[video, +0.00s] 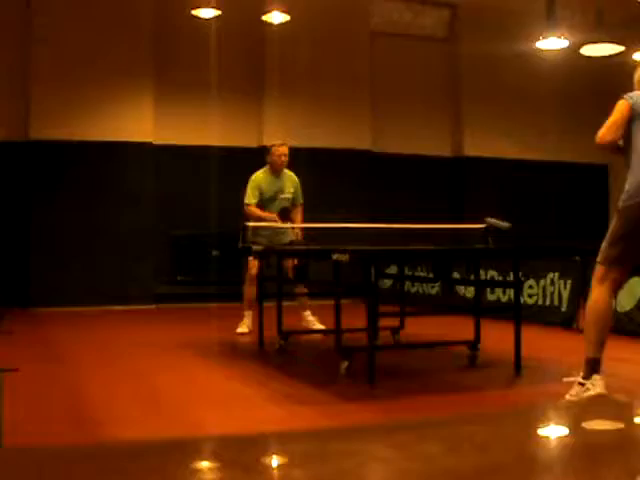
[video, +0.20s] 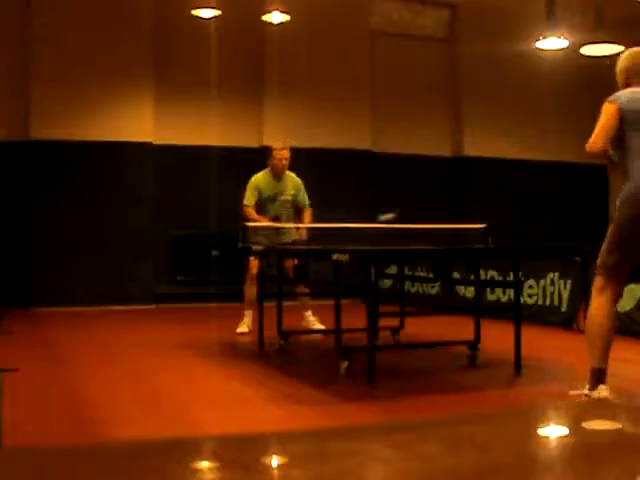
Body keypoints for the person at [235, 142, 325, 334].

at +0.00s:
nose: (283, 159)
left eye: (285, 156)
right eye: (279, 156)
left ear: (287, 158)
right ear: (269, 157)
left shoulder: (292, 179)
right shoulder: (257, 178)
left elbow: (297, 206)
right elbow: (249, 207)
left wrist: (297, 228)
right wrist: (268, 216)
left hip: (284, 233)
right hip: (260, 234)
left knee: (294, 270)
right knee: (253, 272)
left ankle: (307, 314)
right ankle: (247, 316)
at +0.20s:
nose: (283, 163)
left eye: (286, 159)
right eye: (279, 159)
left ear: (288, 160)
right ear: (271, 160)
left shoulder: (294, 181)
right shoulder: (257, 180)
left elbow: (306, 207)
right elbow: (247, 208)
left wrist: (304, 228)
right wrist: (263, 221)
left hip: (288, 235)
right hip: (263, 236)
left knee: (297, 271)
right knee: (253, 270)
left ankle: (308, 315)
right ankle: (248, 316)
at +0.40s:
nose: (282, 170)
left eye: (285, 167)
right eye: (279, 166)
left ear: (288, 167)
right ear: (271, 164)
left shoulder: (288, 186)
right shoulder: (255, 181)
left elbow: (296, 212)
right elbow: (245, 210)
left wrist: (302, 229)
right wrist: (261, 225)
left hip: (280, 236)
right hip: (257, 237)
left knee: (293, 269)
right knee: (249, 271)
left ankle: (307, 314)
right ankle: (246, 316)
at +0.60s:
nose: (273, 171)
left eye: (276, 168)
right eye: (272, 166)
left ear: (276, 167)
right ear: (263, 160)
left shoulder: (267, 183)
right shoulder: (246, 174)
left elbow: (265, 207)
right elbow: (254, 195)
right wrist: (271, 214)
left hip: (260, 234)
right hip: (240, 234)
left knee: (273, 268)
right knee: (243, 272)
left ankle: (277, 313)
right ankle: (241, 316)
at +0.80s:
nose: (216, 162)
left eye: (219, 159)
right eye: (214, 157)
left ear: (220, 163)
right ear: (204, 157)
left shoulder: (213, 184)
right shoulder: (191, 171)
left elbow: (208, 212)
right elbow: (174, 160)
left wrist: (208, 232)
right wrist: (194, 149)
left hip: (202, 230)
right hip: (184, 227)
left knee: (197, 272)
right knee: (191, 271)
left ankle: (179, 301)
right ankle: (192, 313)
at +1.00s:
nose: (188, 169)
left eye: (191, 165)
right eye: (185, 164)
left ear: (193, 168)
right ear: (176, 164)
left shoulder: (187, 192)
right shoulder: (163, 182)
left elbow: (192, 222)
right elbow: (143, 191)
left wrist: (200, 243)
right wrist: (163, 185)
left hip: (173, 236)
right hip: (156, 233)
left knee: (162, 273)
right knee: (165, 269)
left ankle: (147, 307)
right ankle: (167, 313)